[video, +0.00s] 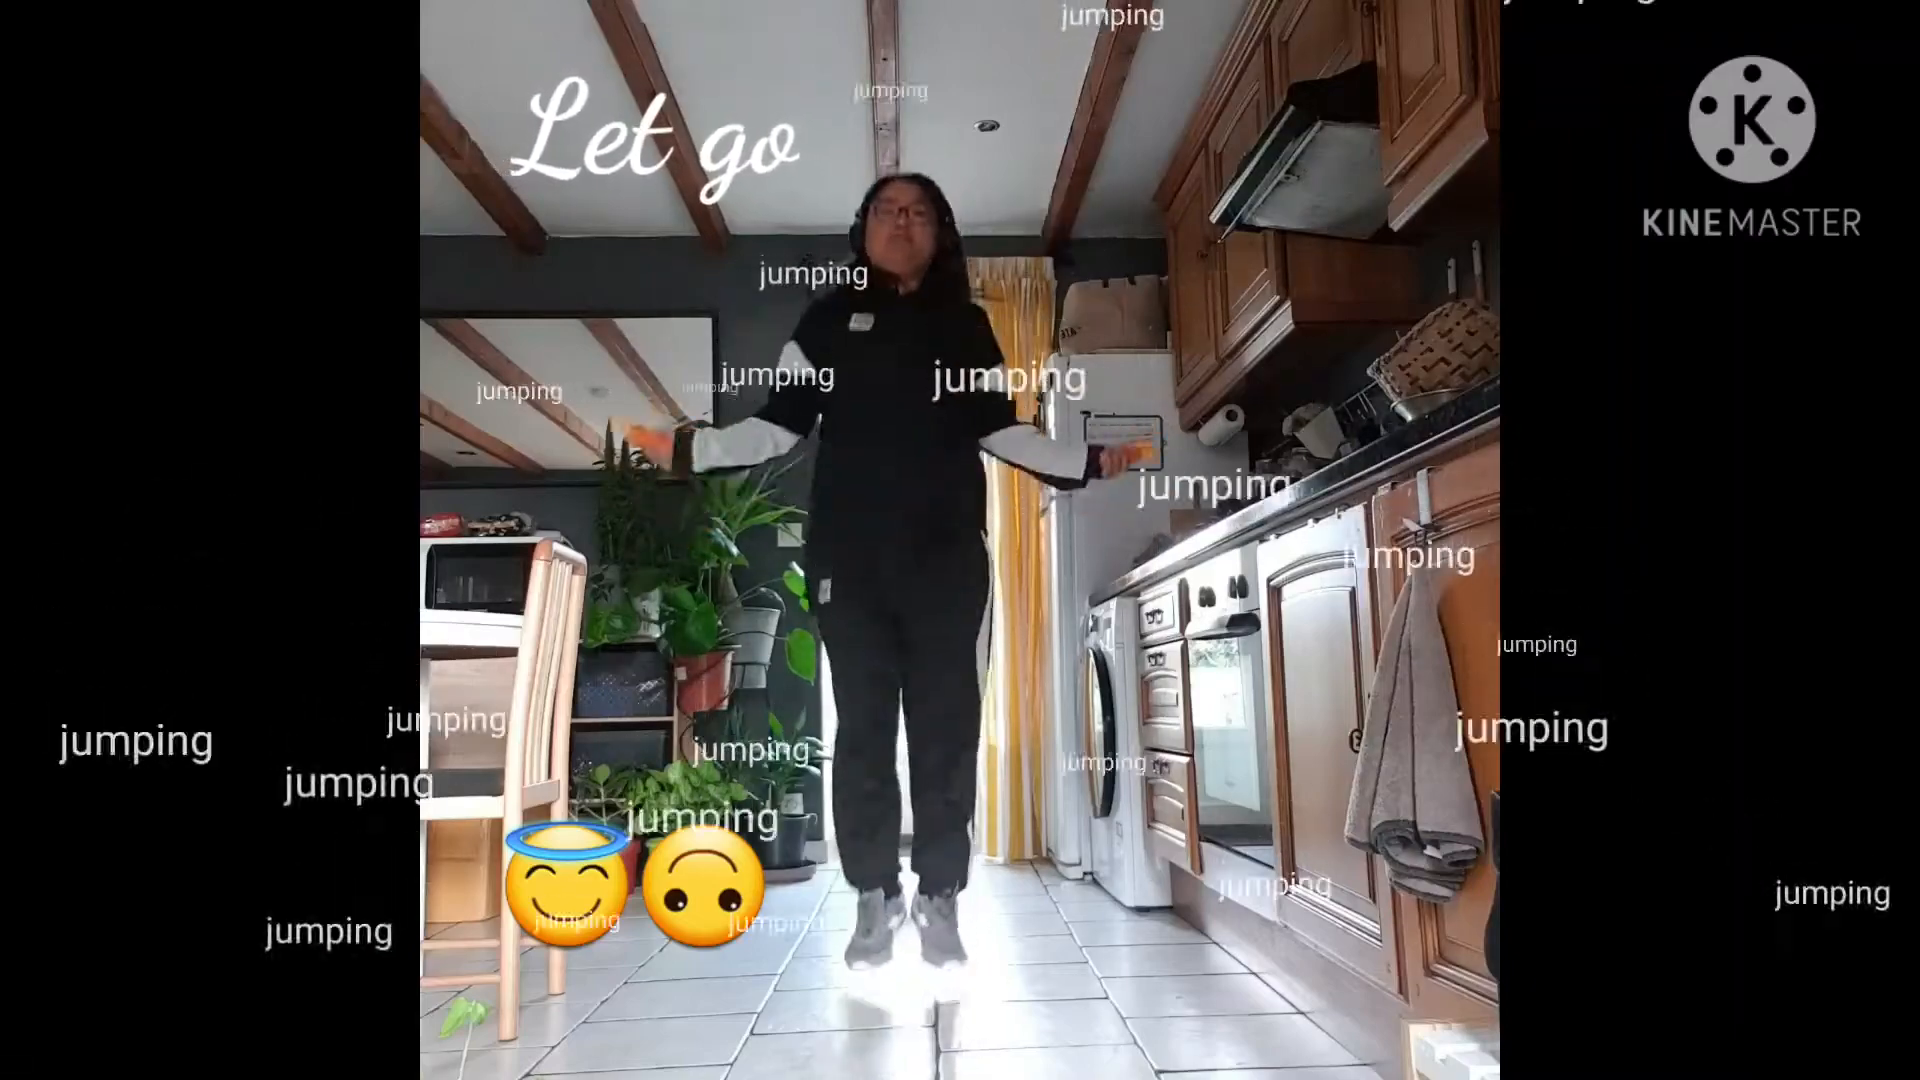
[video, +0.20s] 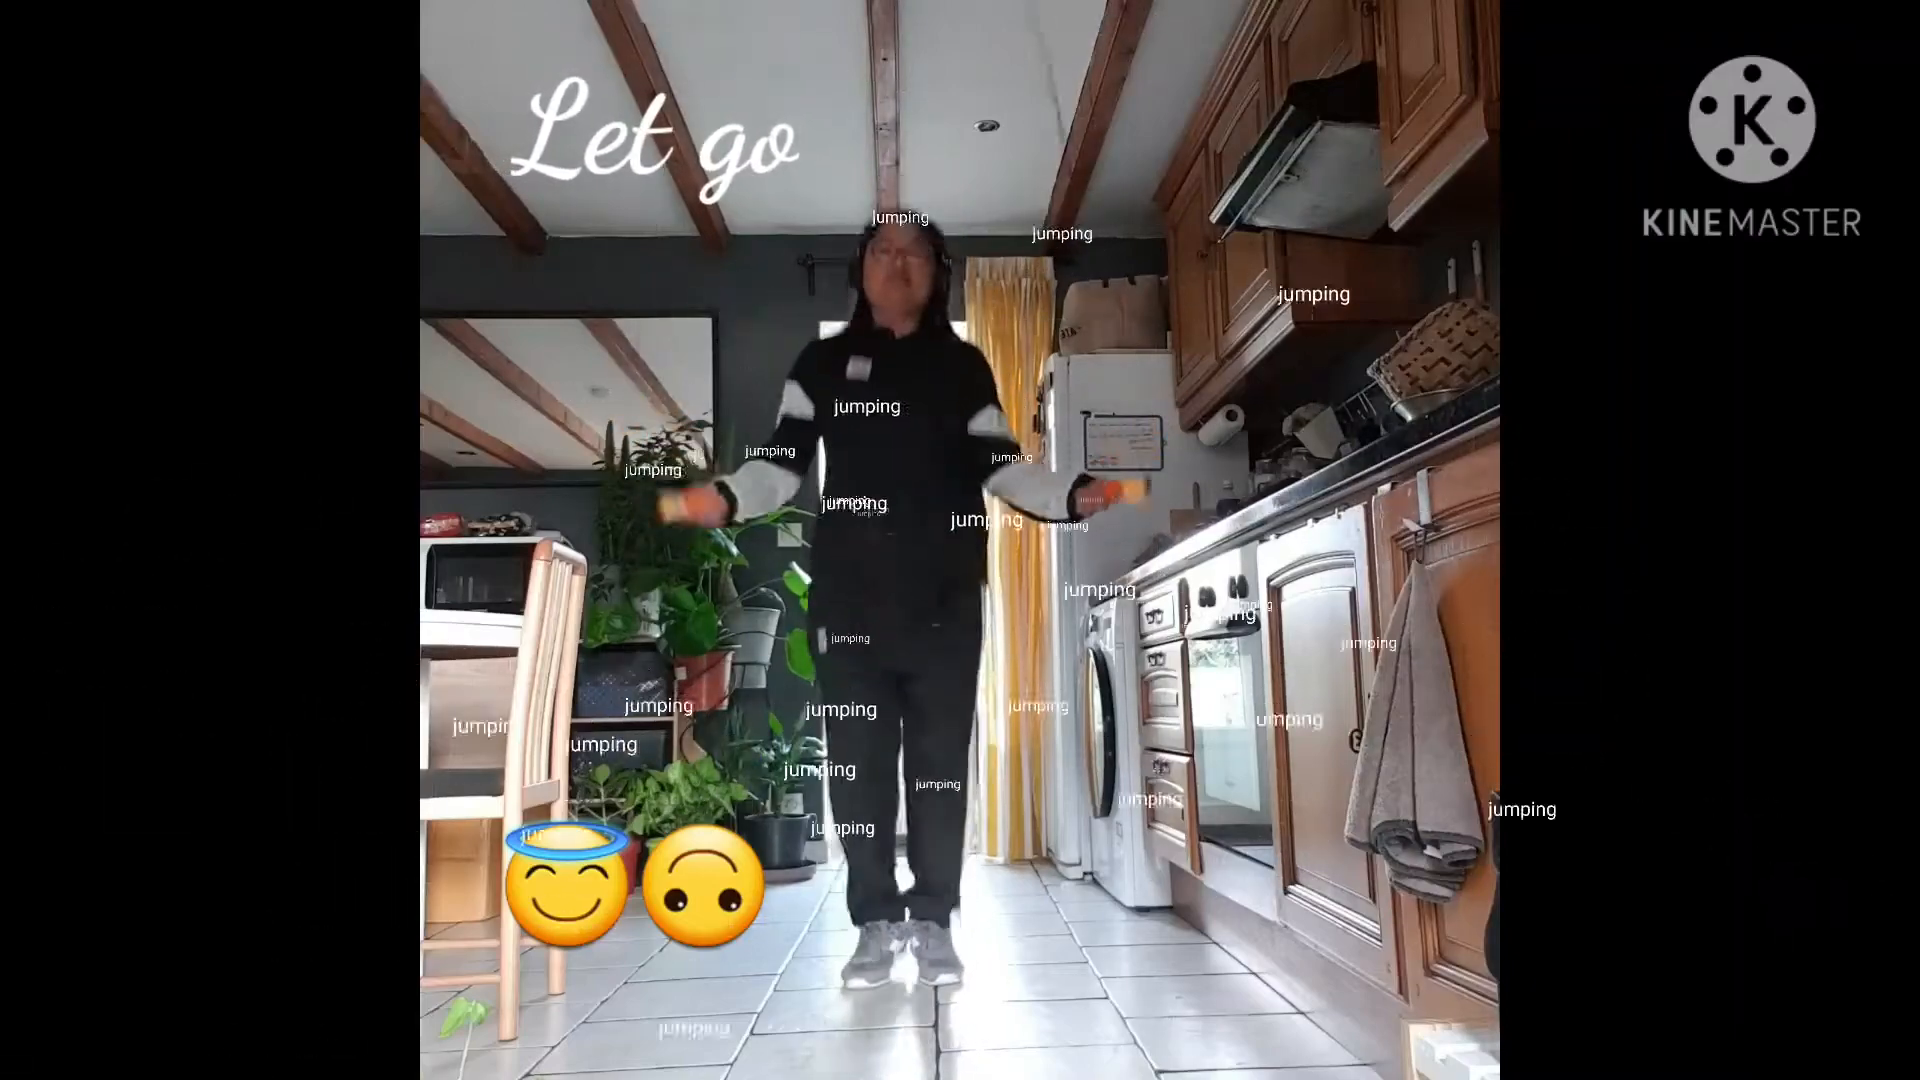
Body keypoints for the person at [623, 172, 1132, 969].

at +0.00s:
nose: (902, 222)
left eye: (918, 212)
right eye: (888, 211)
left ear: (942, 236)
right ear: (863, 233)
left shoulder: (966, 325)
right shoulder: (830, 315)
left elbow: (996, 430)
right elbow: (785, 423)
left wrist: (1088, 461)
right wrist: (693, 443)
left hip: (946, 551)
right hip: (851, 549)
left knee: (945, 726)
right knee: (863, 726)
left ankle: (939, 900)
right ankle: (874, 897)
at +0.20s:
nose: (896, 265)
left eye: (914, 254)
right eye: (883, 252)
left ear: (937, 274)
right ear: (862, 269)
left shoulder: (962, 366)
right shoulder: (825, 361)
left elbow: (1000, 469)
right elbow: (784, 465)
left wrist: (1068, 496)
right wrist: (725, 495)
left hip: (943, 598)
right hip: (849, 597)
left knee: (939, 765)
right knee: (860, 767)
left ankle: (933, 924)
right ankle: (875, 926)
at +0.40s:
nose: (899, 214)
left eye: (915, 203)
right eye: (885, 203)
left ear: (940, 224)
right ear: (860, 221)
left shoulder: (963, 311)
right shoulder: (826, 308)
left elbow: (1001, 421)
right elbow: (782, 419)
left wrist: (1078, 464)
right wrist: (702, 449)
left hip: (945, 536)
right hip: (849, 535)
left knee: (940, 713)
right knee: (861, 713)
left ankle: (937, 886)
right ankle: (874, 884)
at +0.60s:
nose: (903, 287)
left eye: (918, 277)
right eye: (888, 276)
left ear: (938, 300)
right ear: (864, 294)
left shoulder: (966, 386)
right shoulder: (829, 384)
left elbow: (998, 485)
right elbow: (778, 484)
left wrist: (1068, 511)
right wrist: (722, 496)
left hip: (949, 610)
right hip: (856, 609)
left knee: (945, 773)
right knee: (867, 772)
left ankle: (937, 926)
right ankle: (882, 926)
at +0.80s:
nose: (900, 219)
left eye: (917, 208)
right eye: (886, 208)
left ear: (942, 230)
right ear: (864, 228)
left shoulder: (965, 319)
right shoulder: (827, 316)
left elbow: (998, 426)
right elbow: (788, 427)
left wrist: (1070, 478)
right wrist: (711, 487)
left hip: (947, 550)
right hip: (855, 548)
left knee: (947, 725)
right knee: (862, 725)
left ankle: (945, 894)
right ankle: (873, 893)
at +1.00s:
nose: (908, 249)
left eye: (925, 240)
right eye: (894, 240)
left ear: (950, 266)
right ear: (870, 263)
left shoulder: (973, 350)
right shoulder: (835, 350)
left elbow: (1009, 454)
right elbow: (780, 447)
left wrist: (1099, 463)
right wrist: (694, 444)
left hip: (954, 575)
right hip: (861, 573)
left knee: (952, 748)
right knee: (869, 753)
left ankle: (942, 915)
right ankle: (880, 923)